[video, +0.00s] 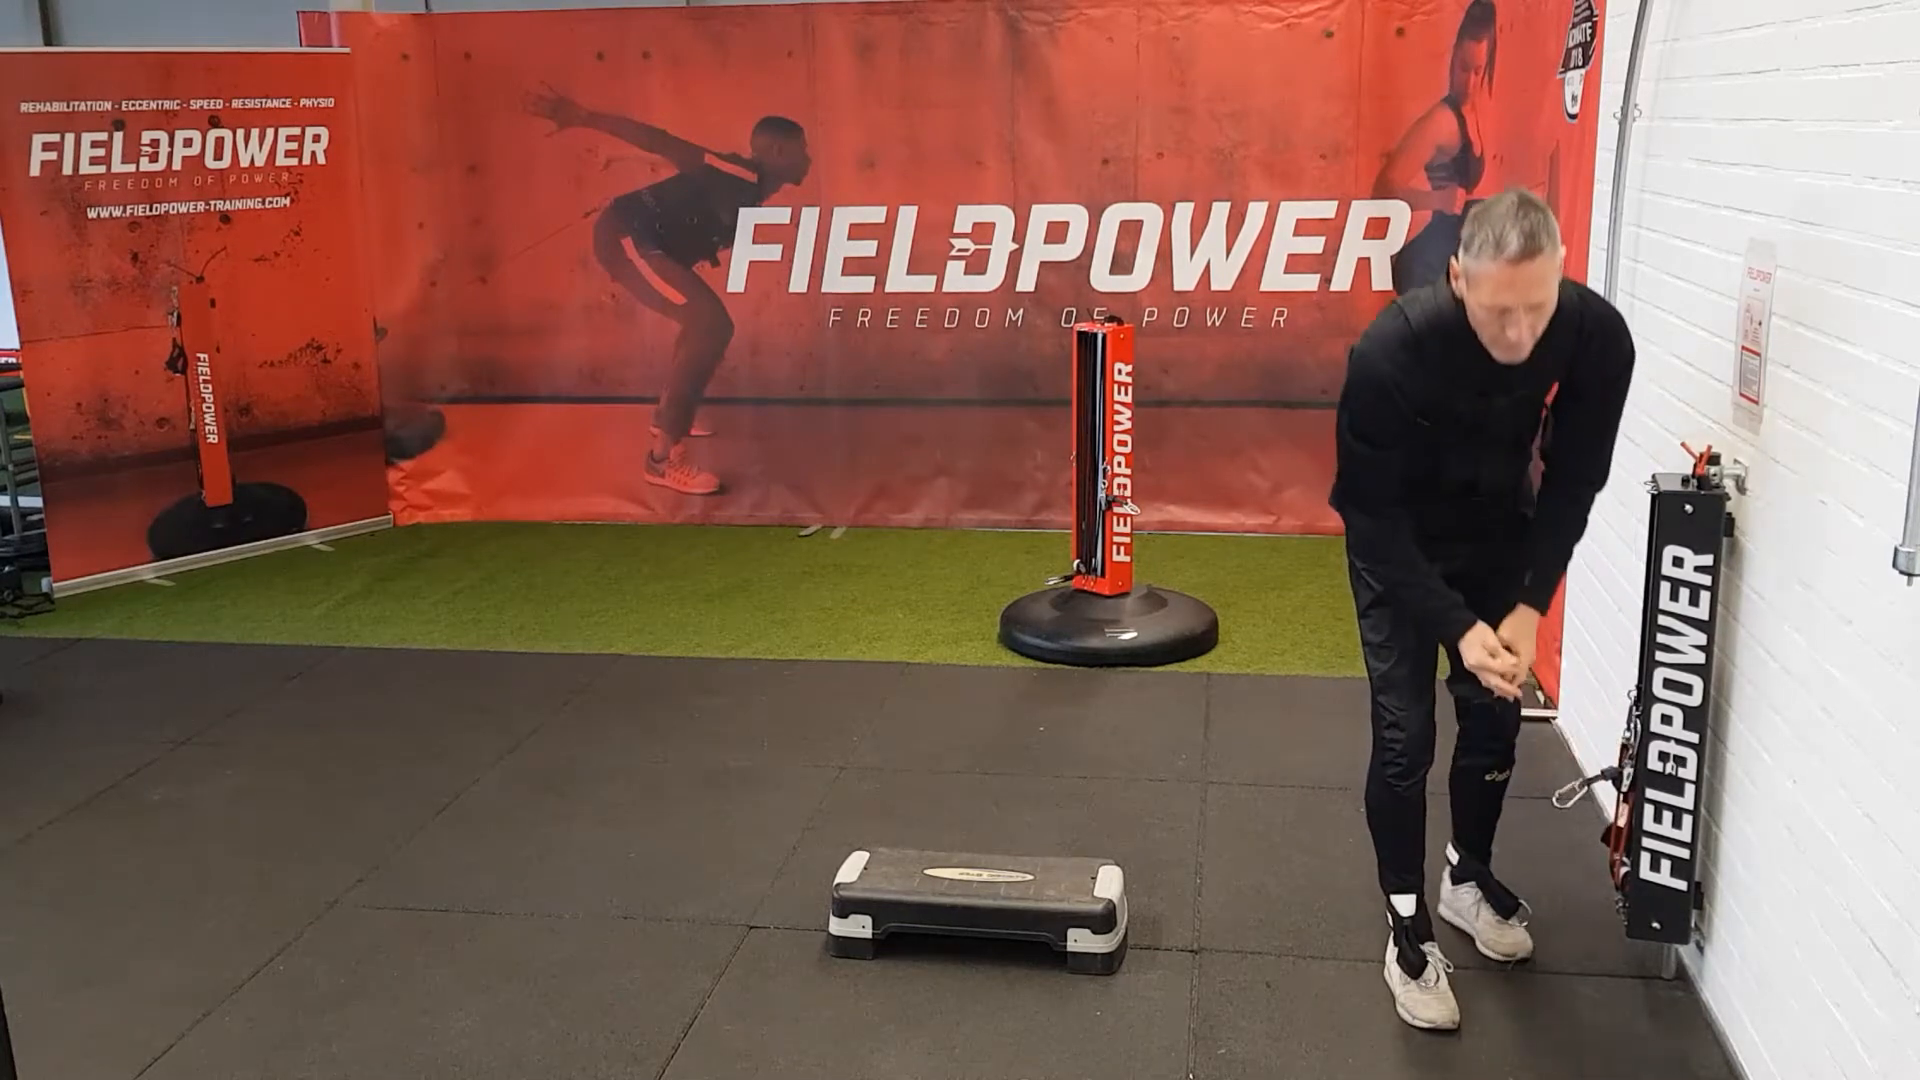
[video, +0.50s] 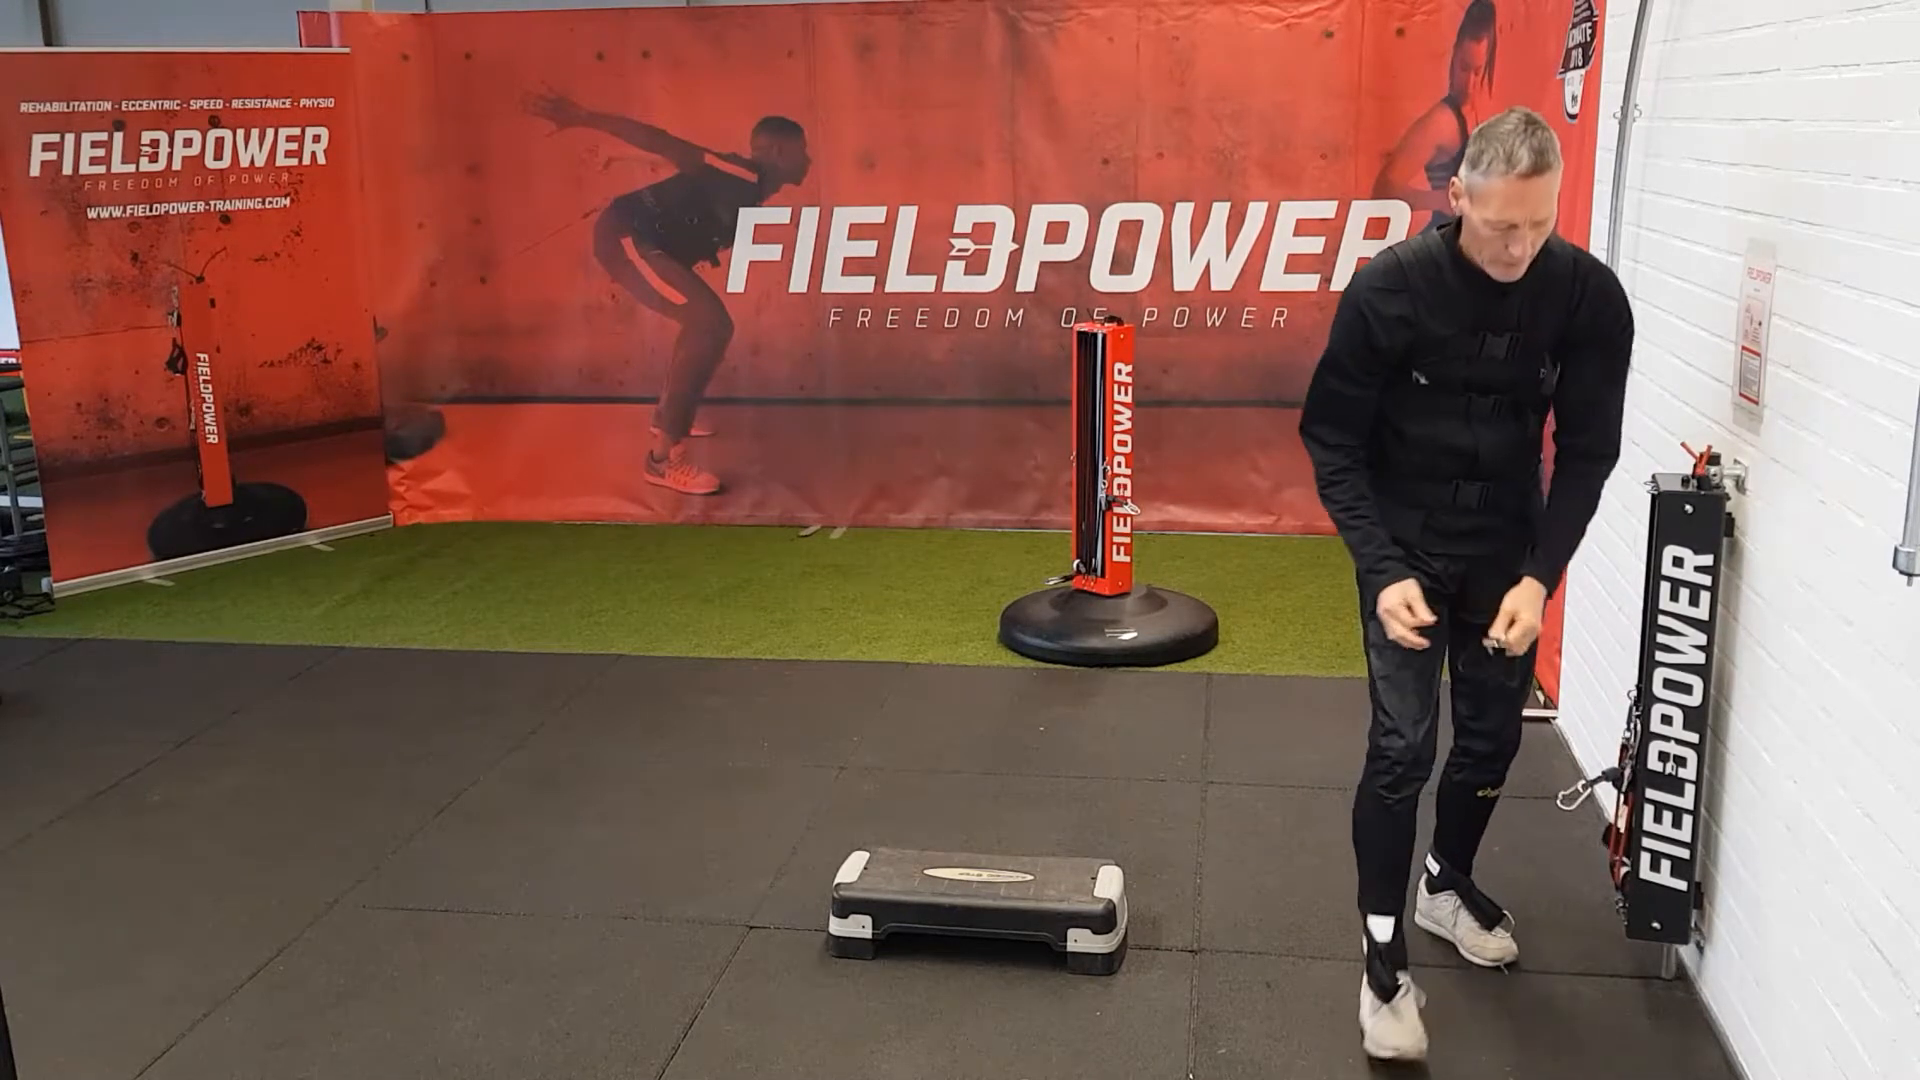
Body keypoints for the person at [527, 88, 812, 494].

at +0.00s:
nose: (808, 158)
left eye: (805, 149)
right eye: (801, 149)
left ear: (774, 151)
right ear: (773, 150)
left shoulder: (745, 185)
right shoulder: (735, 180)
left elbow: (660, 142)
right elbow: (659, 141)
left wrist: (583, 116)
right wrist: (583, 117)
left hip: (639, 234)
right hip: (627, 233)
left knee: (709, 322)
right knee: (713, 326)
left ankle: (670, 414)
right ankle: (664, 457)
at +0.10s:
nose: (808, 158)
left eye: (805, 149)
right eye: (801, 149)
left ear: (774, 151)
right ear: (774, 150)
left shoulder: (746, 186)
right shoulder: (734, 179)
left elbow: (660, 142)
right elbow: (658, 141)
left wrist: (583, 116)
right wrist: (583, 117)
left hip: (641, 235)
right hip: (627, 233)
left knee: (709, 322)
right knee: (713, 326)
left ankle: (670, 413)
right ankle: (664, 457)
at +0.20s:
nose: (807, 159)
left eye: (805, 150)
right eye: (801, 149)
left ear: (773, 151)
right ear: (772, 150)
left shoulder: (749, 190)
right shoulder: (735, 179)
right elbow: (661, 142)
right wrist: (582, 117)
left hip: (643, 236)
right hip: (626, 234)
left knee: (709, 322)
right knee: (712, 326)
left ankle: (670, 414)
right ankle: (665, 457)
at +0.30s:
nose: (807, 159)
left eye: (804, 150)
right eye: (800, 150)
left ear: (773, 151)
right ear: (771, 150)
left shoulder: (749, 191)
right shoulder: (736, 178)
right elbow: (662, 143)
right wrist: (582, 117)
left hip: (643, 236)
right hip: (627, 234)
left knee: (708, 322)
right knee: (713, 325)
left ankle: (670, 414)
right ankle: (665, 457)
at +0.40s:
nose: (807, 159)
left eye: (804, 150)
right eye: (800, 150)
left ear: (774, 151)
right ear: (772, 150)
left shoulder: (750, 191)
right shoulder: (736, 177)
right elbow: (661, 143)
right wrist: (582, 117)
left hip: (643, 236)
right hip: (627, 234)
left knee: (708, 322)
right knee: (713, 325)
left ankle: (670, 414)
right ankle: (665, 457)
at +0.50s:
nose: (807, 159)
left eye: (804, 150)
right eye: (801, 150)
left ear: (773, 151)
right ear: (772, 150)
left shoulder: (749, 189)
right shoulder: (737, 178)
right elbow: (662, 143)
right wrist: (582, 117)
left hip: (642, 237)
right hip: (627, 235)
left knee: (710, 322)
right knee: (712, 325)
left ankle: (670, 413)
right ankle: (665, 458)